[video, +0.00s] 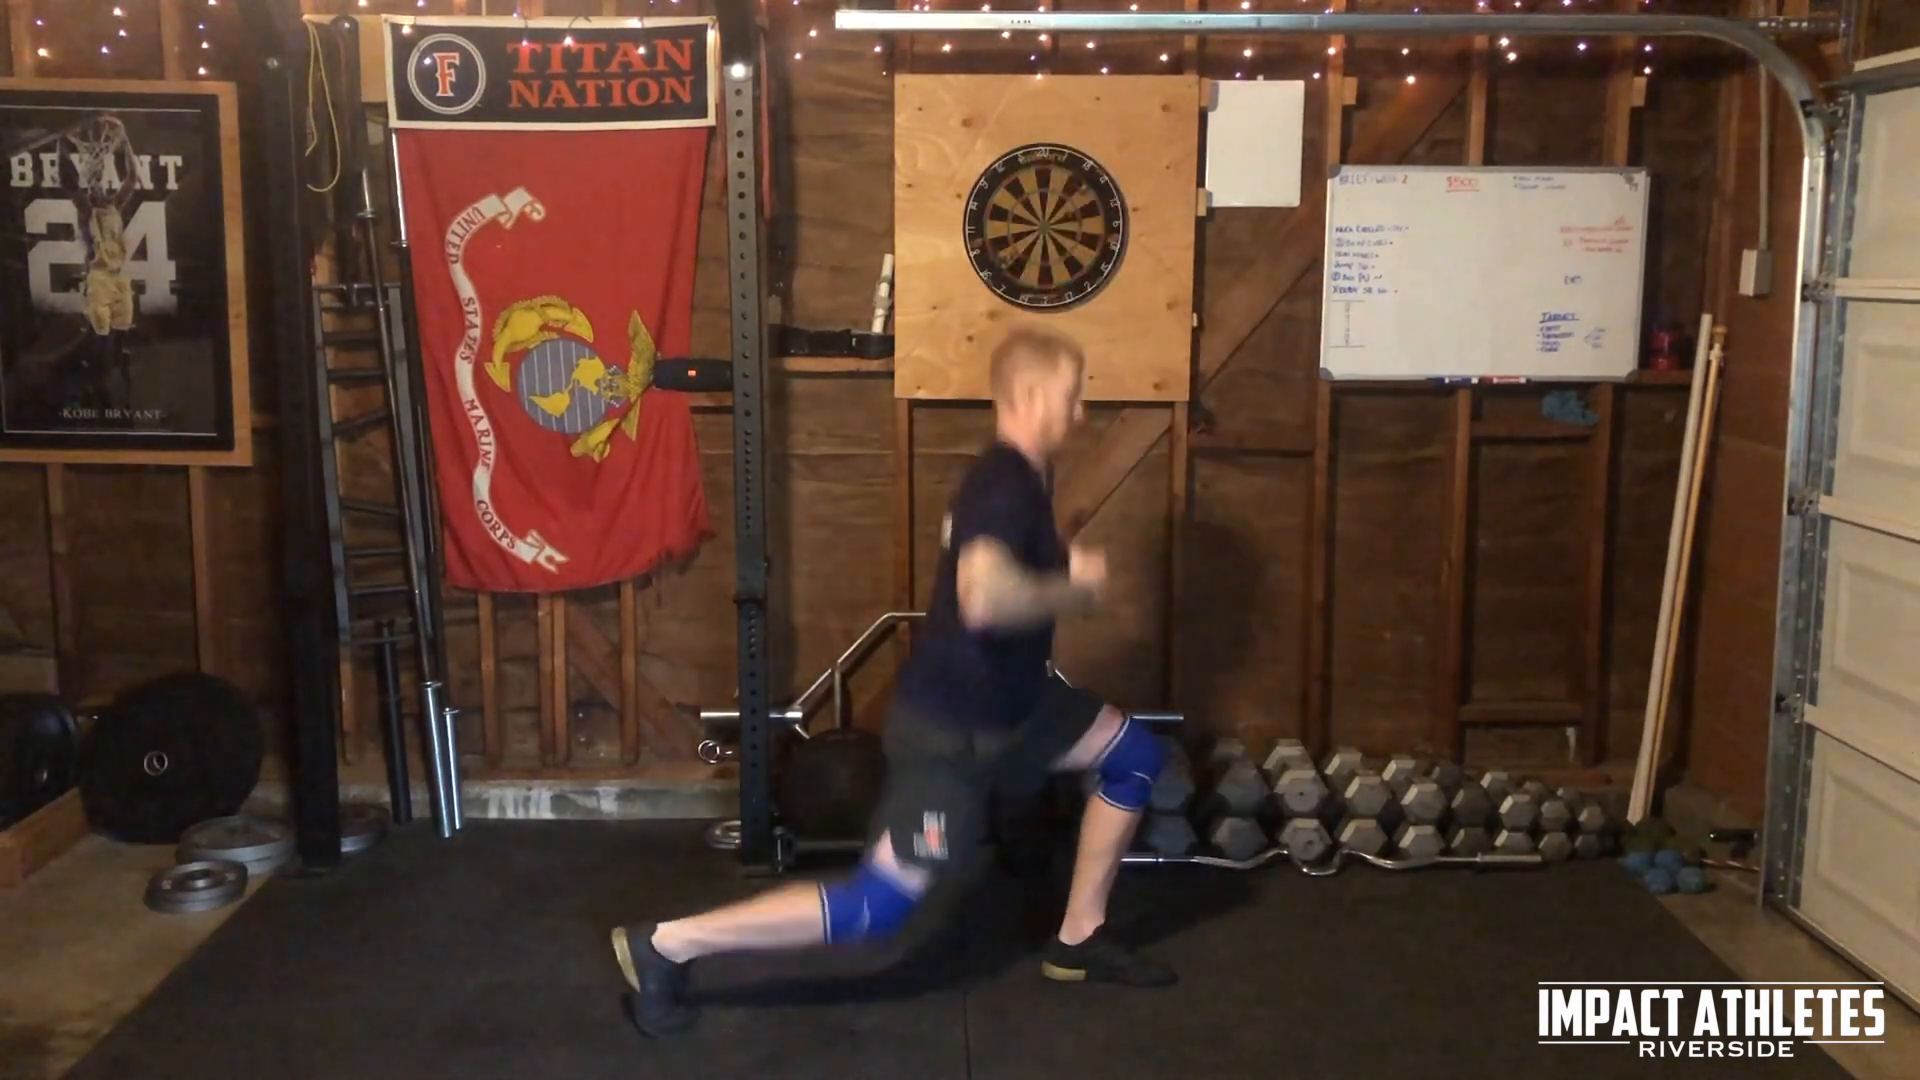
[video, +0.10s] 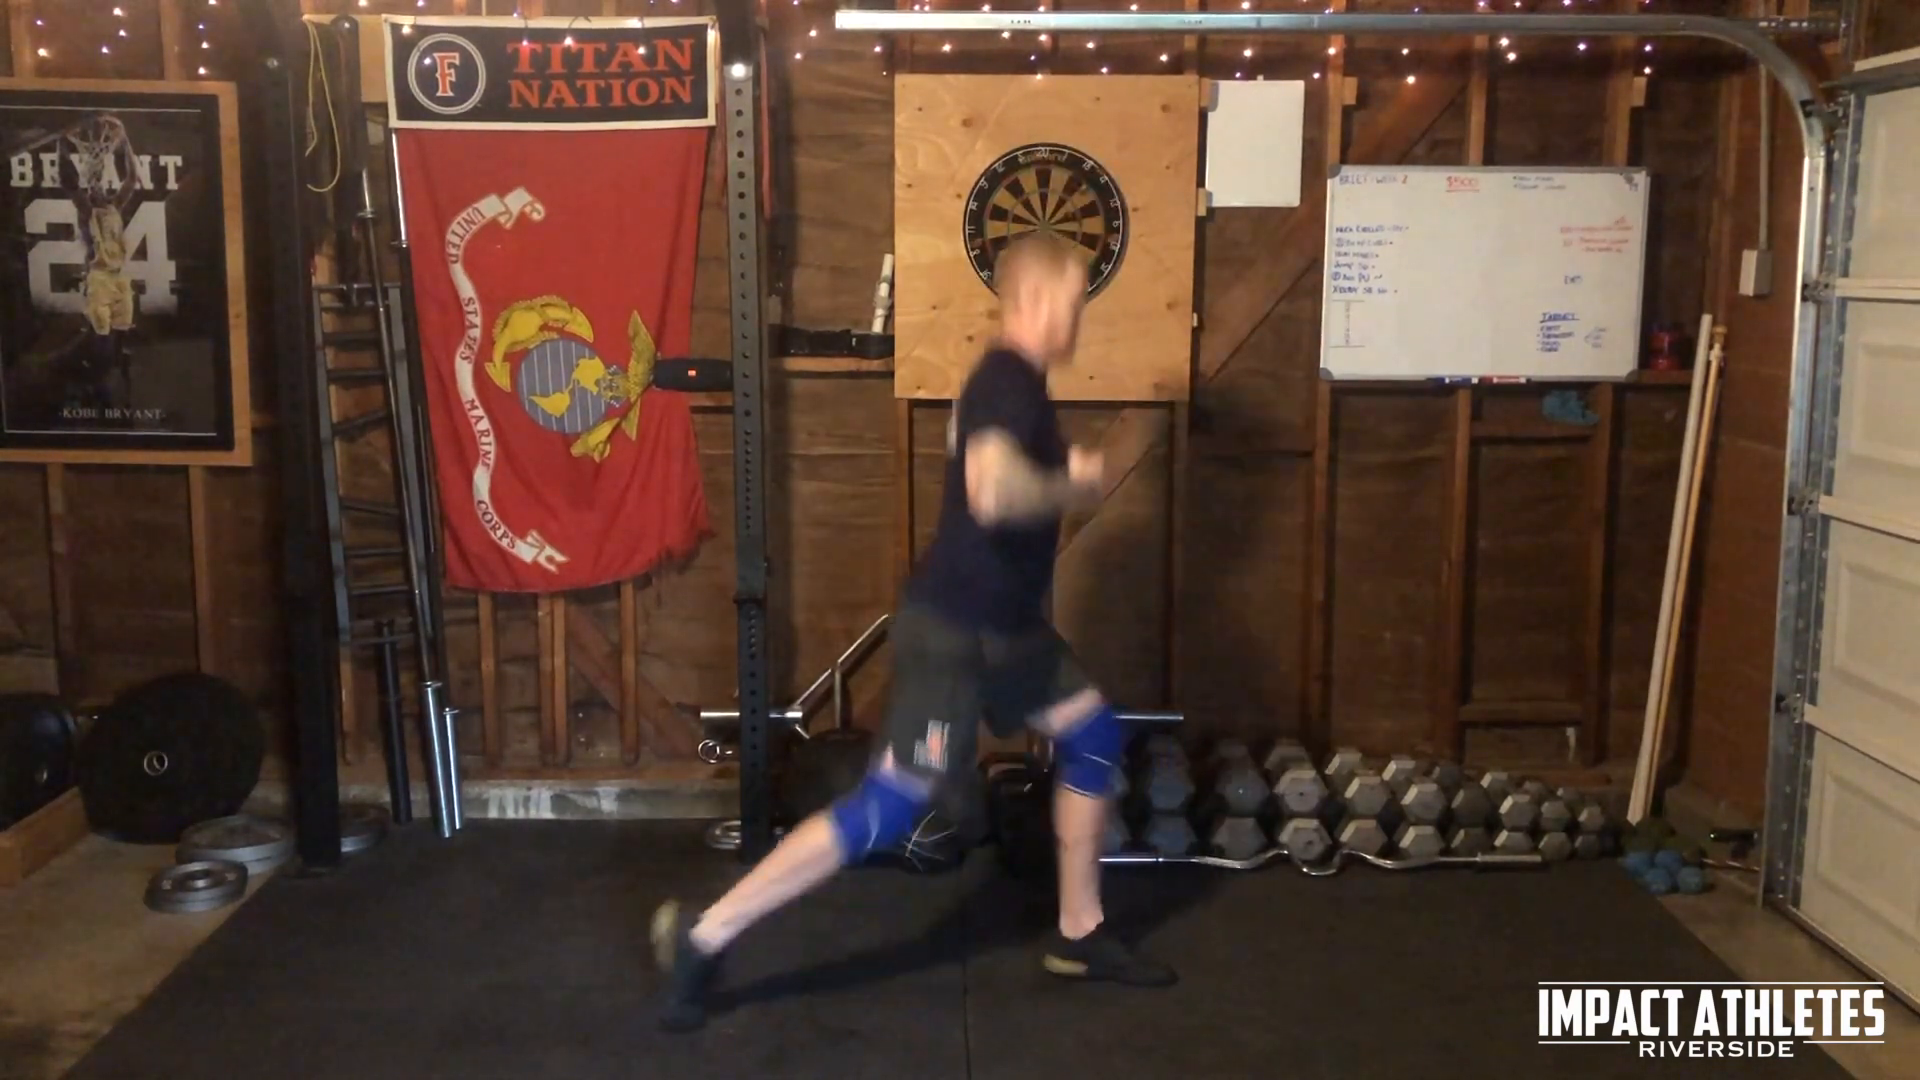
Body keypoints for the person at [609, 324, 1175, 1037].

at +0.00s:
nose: (1079, 411)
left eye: (1078, 395)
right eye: (1072, 395)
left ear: (1021, 399)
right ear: (1027, 399)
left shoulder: (1024, 475)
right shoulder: (1003, 481)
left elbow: (962, 542)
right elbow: (984, 598)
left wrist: (1060, 565)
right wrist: (1073, 588)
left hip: (1015, 698)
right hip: (947, 717)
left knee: (1136, 756)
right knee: (882, 902)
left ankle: (1080, 934)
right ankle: (663, 944)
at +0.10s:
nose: (1079, 317)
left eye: (1080, 300)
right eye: (1070, 300)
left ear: (1039, 303)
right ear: (1030, 300)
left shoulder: (1028, 384)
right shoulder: (1002, 378)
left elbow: (1012, 488)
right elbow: (993, 488)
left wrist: (1068, 476)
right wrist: (1076, 480)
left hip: (1009, 628)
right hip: (949, 627)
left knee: (1093, 739)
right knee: (894, 804)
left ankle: (1081, 929)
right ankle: (702, 935)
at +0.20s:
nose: (1097, 245)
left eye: (1099, 229)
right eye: (1090, 226)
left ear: (1042, 226)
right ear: (1043, 221)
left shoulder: (1031, 304)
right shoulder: (1009, 295)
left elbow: (999, 406)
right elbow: (987, 405)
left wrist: (1059, 411)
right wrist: (1070, 416)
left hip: (995, 548)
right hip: (949, 546)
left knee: (1034, 713)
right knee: (944, 741)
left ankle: (1009, 892)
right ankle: (777, 896)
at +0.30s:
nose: (1102, 222)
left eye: (1105, 205)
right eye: (1098, 203)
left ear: (1040, 193)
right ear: (1055, 192)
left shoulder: (1016, 267)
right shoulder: (1020, 264)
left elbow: (978, 372)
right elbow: (975, 370)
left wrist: (1050, 391)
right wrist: (1065, 401)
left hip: (951, 510)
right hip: (951, 515)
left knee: (969, 694)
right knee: (1000, 711)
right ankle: (890, 899)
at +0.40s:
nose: (1101, 248)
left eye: (1105, 230)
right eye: (1098, 228)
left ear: (1039, 219)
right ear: (1057, 219)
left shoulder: (1016, 287)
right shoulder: (1015, 287)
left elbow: (973, 390)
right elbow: (969, 390)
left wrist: (1055, 418)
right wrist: (1060, 428)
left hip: (927, 531)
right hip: (954, 541)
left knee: (928, 722)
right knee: (1047, 722)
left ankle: (764, 832)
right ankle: (1004, 927)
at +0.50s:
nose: (1098, 314)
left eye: (1100, 298)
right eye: (1093, 297)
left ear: (1041, 289)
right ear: (1053, 290)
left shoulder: (1010, 356)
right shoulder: (1014, 361)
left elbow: (961, 420)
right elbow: (978, 461)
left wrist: (1048, 484)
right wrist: (1070, 496)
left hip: (922, 599)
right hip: (951, 607)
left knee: (873, 782)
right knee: (1079, 769)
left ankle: (699, 873)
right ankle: (1066, 977)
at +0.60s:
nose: (1096, 406)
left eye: (1098, 391)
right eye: (1093, 390)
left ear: (1031, 382)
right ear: (1058, 387)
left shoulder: (986, 456)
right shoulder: (1016, 458)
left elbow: (971, 568)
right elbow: (993, 568)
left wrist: (1066, 581)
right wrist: (1091, 597)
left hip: (904, 689)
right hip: (950, 693)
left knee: (869, 866)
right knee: (1122, 783)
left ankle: (669, 904)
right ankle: (1069, 976)